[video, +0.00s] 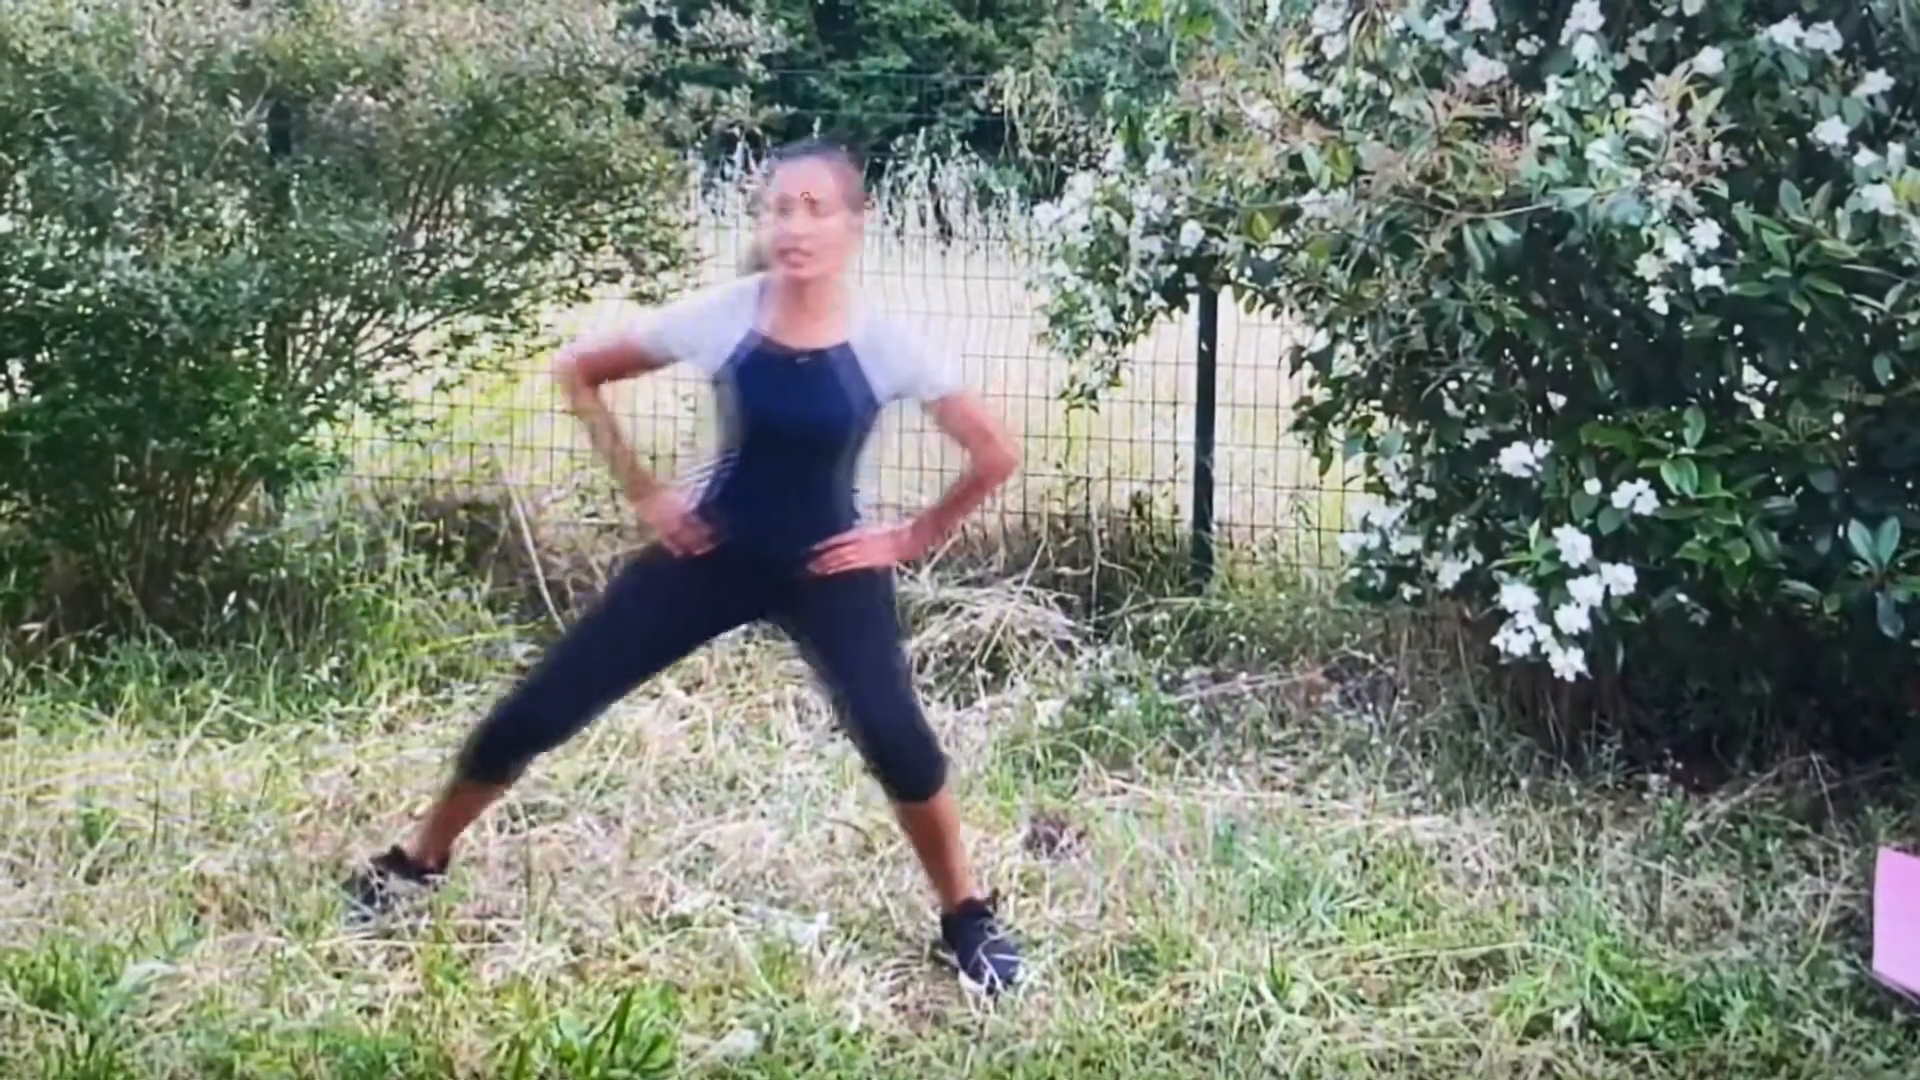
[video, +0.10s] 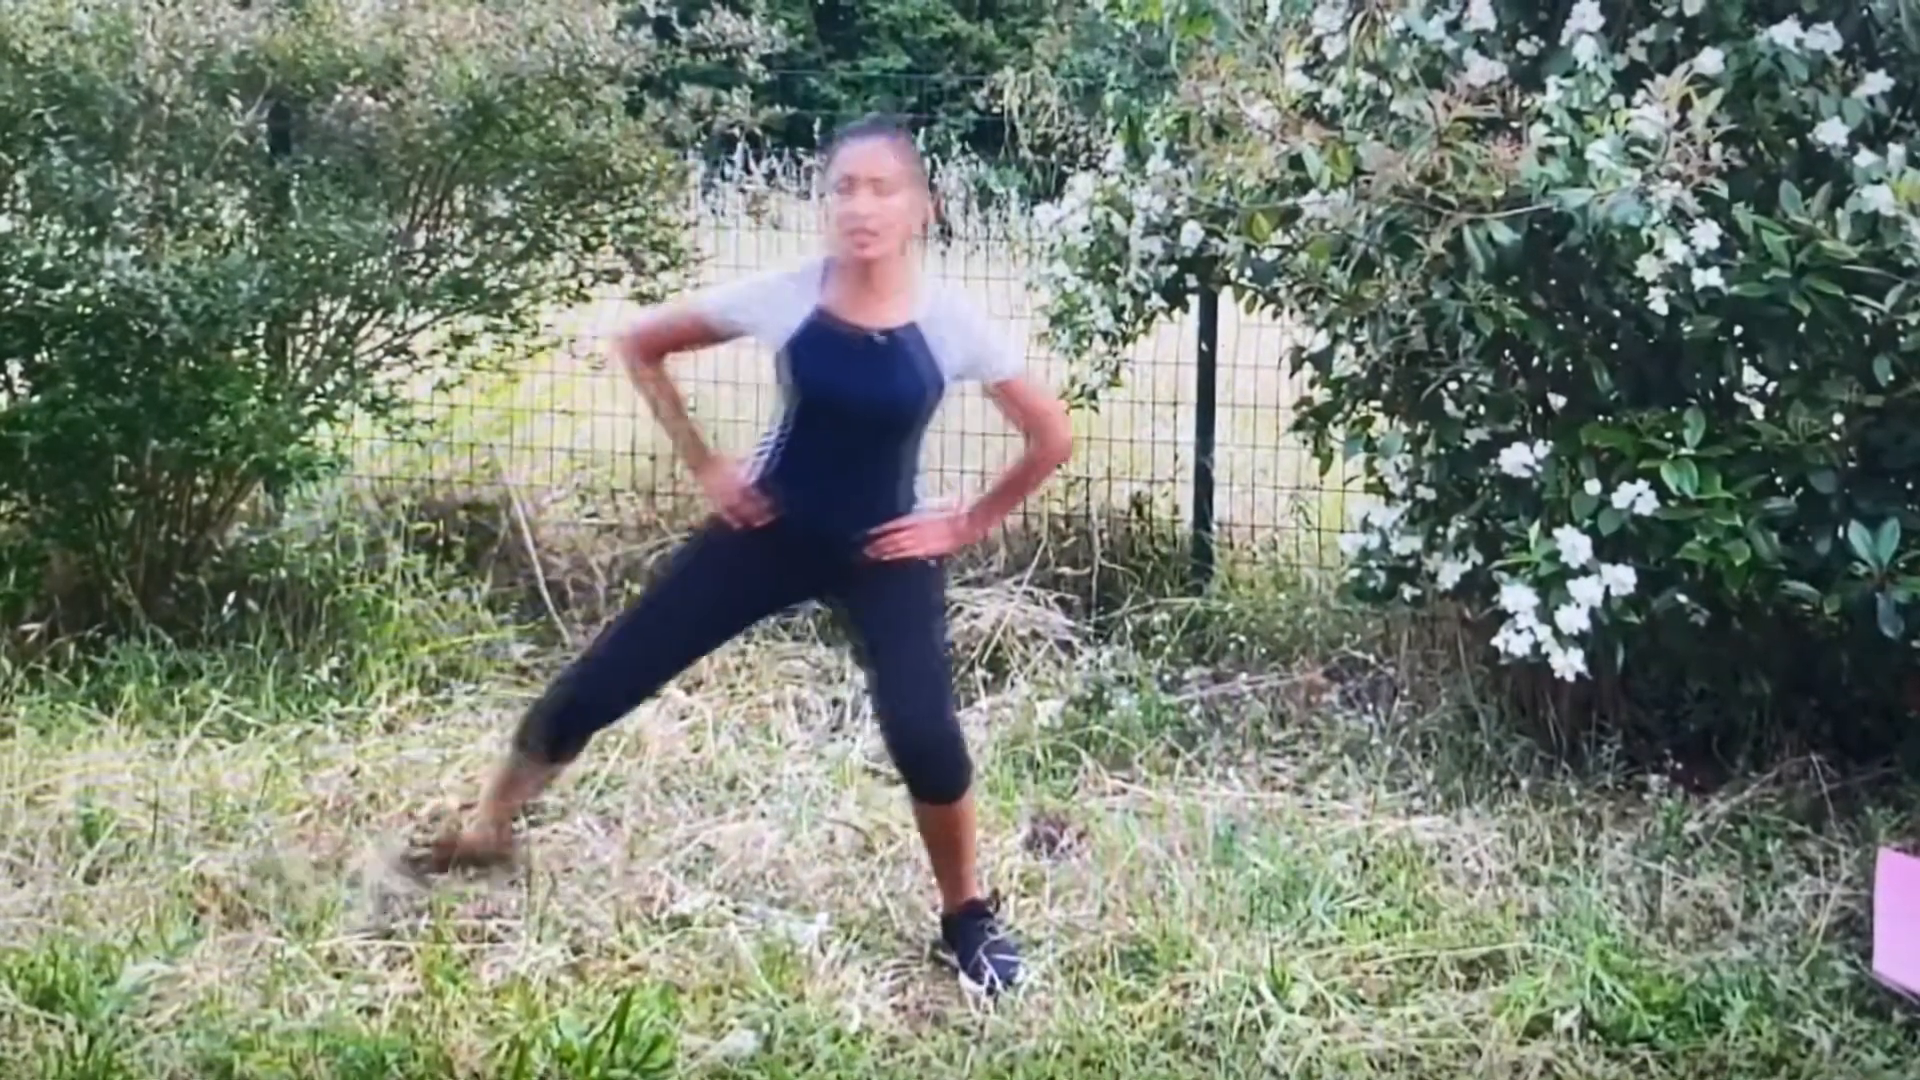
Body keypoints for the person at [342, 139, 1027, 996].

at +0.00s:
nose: (795, 228)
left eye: (817, 209)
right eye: (780, 209)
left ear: (857, 229)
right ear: (760, 225)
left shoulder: (885, 341)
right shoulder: (723, 318)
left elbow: (998, 454)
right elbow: (574, 372)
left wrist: (914, 539)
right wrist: (646, 491)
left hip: (834, 573)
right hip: (710, 560)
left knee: (901, 744)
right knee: (532, 715)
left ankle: (967, 919)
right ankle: (417, 861)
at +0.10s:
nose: (862, 208)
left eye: (883, 190)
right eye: (846, 189)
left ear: (922, 209)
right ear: (826, 206)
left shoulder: (950, 320)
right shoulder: (789, 298)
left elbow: (1054, 437)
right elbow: (636, 345)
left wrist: (969, 523)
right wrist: (706, 464)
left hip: (889, 557)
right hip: (768, 537)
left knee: (928, 739)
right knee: (584, 697)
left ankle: (967, 916)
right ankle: (485, 834)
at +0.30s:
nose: (909, 173)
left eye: (931, 157)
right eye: (894, 153)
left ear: (965, 179)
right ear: (872, 170)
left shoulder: (999, 279)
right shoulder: (837, 268)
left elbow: (1114, 395)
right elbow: (704, 333)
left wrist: (1031, 496)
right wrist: (776, 448)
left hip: (961, 527)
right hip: (843, 516)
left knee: (977, 727)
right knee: (741, 703)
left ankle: (970, 915)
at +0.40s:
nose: (910, 169)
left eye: (932, 152)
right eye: (896, 149)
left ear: (966, 177)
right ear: (873, 167)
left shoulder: (1004, 273)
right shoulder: (839, 270)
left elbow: (1133, 372)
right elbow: (716, 351)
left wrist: (1060, 478)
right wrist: (796, 465)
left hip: (990, 521)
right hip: (871, 523)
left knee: (1057, 709)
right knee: (803, 735)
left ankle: (1020, 887)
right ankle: (870, 907)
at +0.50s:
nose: (924, 171)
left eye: (947, 155)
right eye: (910, 151)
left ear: (982, 178)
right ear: (885, 169)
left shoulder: (1018, 269)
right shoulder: (857, 278)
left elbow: (1160, 356)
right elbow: (742, 372)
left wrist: (1092, 466)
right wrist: (823, 476)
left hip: (1024, 526)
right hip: (903, 536)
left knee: (1141, 684)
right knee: (820, 741)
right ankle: (869, 908)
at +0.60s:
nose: (955, 181)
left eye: (977, 165)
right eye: (939, 161)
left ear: (1014, 188)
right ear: (913, 181)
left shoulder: (1053, 280)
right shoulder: (889, 287)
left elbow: (1196, 357)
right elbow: (779, 385)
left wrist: (1130, 473)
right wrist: (862, 485)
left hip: (1068, 537)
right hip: (943, 546)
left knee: (1221, 700)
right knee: (829, 741)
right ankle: (867, 908)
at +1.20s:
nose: (1136, 257)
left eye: (1156, 239)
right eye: (1120, 240)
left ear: (1196, 255)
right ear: (1099, 259)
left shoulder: (1245, 358)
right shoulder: (1076, 360)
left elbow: (1366, 455)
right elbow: (946, 445)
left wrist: (1299, 565)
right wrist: (1023, 552)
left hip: (1229, 617)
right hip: (1094, 614)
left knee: (1404, 768)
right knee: (920, 770)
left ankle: (1438, 935)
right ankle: (861, 911)